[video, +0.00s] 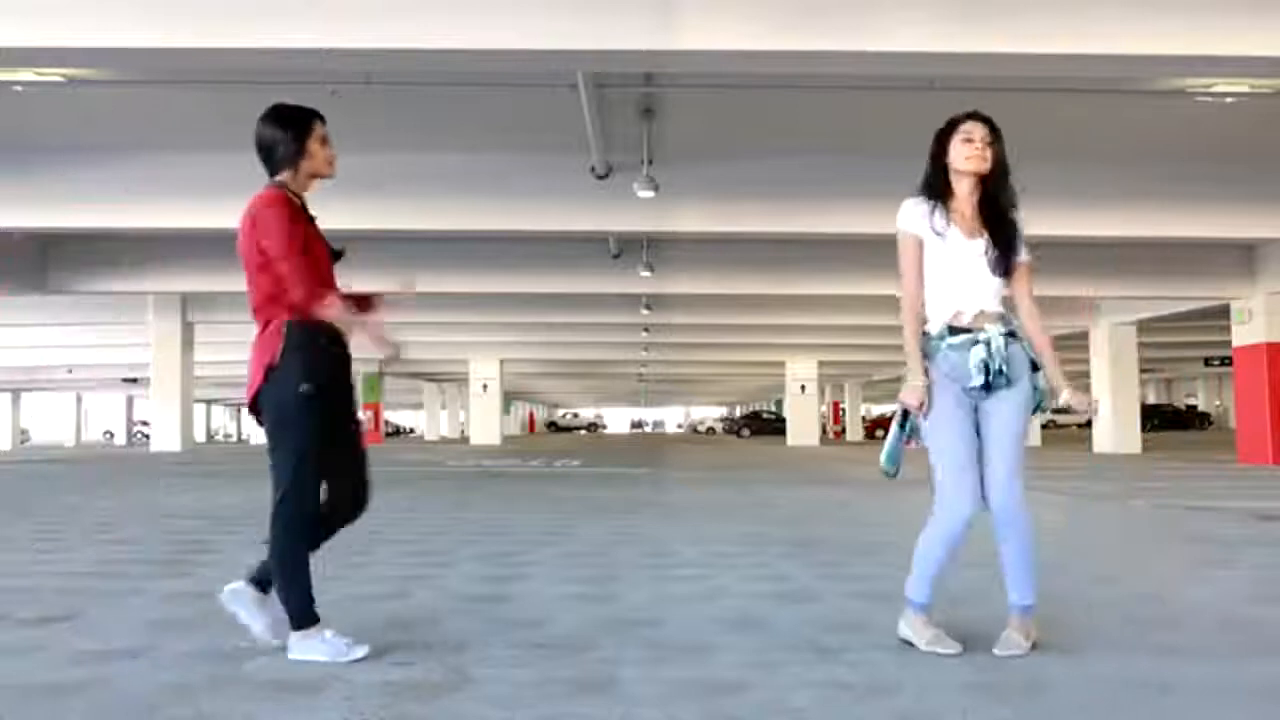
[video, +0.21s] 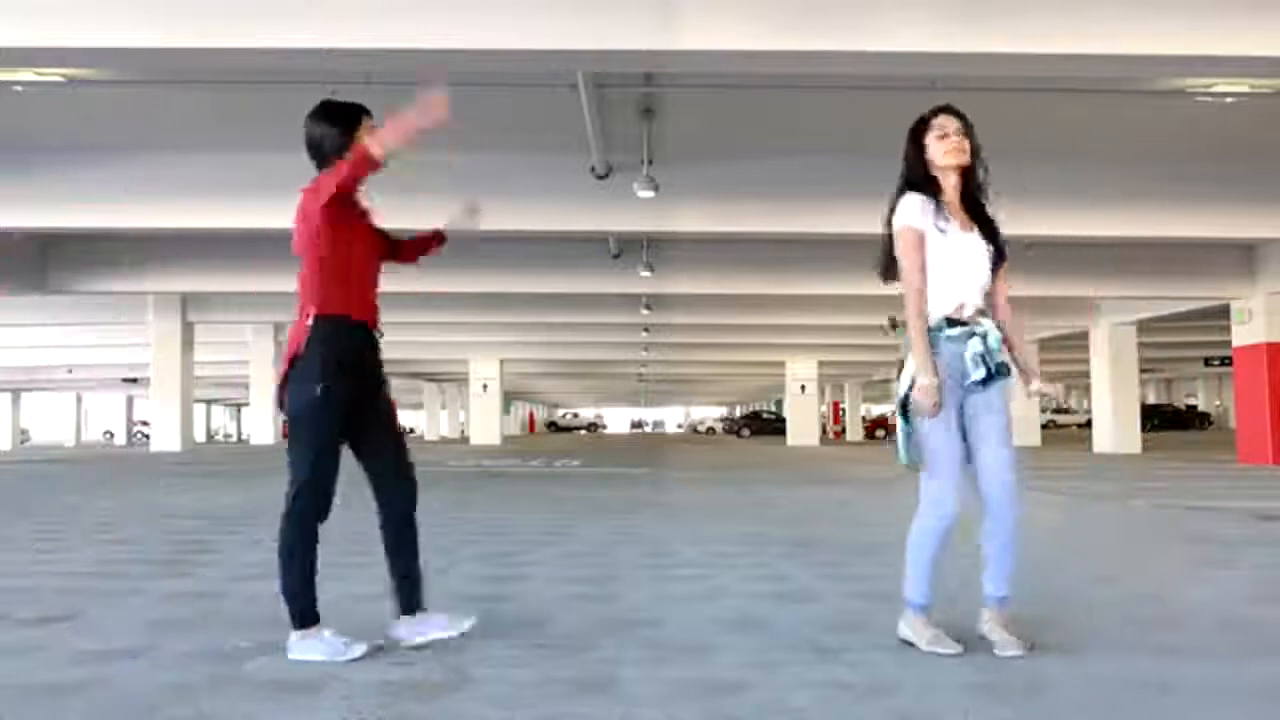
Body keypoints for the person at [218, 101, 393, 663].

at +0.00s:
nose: (333, 151)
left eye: (329, 142)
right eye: (324, 142)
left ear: (294, 152)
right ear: (298, 150)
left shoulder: (297, 213)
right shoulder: (271, 207)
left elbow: (312, 296)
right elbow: (300, 289)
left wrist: (367, 300)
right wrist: (355, 322)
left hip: (321, 356)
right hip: (291, 356)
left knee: (348, 495)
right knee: (295, 493)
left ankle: (257, 587)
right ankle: (304, 630)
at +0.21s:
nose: (376, 145)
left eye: (375, 135)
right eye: (367, 136)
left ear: (336, 147)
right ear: (341, 144)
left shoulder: (354, 216)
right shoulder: (317, 199)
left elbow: (394, 250)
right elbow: (360, 161)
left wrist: (446, 235)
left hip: (359, 359)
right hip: (321, 357)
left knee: (397, 486)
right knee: (309, 495)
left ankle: (410, 616)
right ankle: (304, 631)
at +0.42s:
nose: (438, 141)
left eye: (431, 134)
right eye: (426, 138)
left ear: (415, 156)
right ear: (408, 154)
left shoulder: (428, 220)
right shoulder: (394, 198)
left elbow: (398, 297)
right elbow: (333, 162)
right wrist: (316, 76)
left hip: (415, 364)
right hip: (377, 359)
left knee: (442, 500)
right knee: (349, 498)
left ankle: (458, 624)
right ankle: (310, 628)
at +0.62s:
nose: (463, 143)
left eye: (459, 135)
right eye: (452, 137)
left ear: (446, 154)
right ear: (426, 151)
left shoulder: (448, 221)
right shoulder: (412, 198)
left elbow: (486, 260)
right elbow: (391, 157)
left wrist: (528, 250)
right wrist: (399, 100)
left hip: (448, 358)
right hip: (409, 353)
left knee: (455, 496)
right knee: (418, 491)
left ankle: (457, 623)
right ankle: (335, 603)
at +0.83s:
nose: (473, 143)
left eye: (471, 135)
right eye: (460, 137)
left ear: (463, 150)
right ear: (429, 152)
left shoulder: (472, 219)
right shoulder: (409, 197)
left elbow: (515, 283)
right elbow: (427, 211)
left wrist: (576, 327)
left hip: (462, 356)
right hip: (411, 354)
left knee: (464, 493)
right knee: (452, 486)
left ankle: (458, 625)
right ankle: (381, 591)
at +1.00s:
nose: (470, 130)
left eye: (470, 124)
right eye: (456, 126)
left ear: (476, 141)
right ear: (433, 148)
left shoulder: (496, 227)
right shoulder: (411, 204)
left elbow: (485, 292)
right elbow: (446, 257)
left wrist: (465, 339)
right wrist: (504, 301)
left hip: (467, 351)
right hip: (407, 349)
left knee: (465, 489)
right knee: (450, 480)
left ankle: (458, 624)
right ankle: (385, 594)